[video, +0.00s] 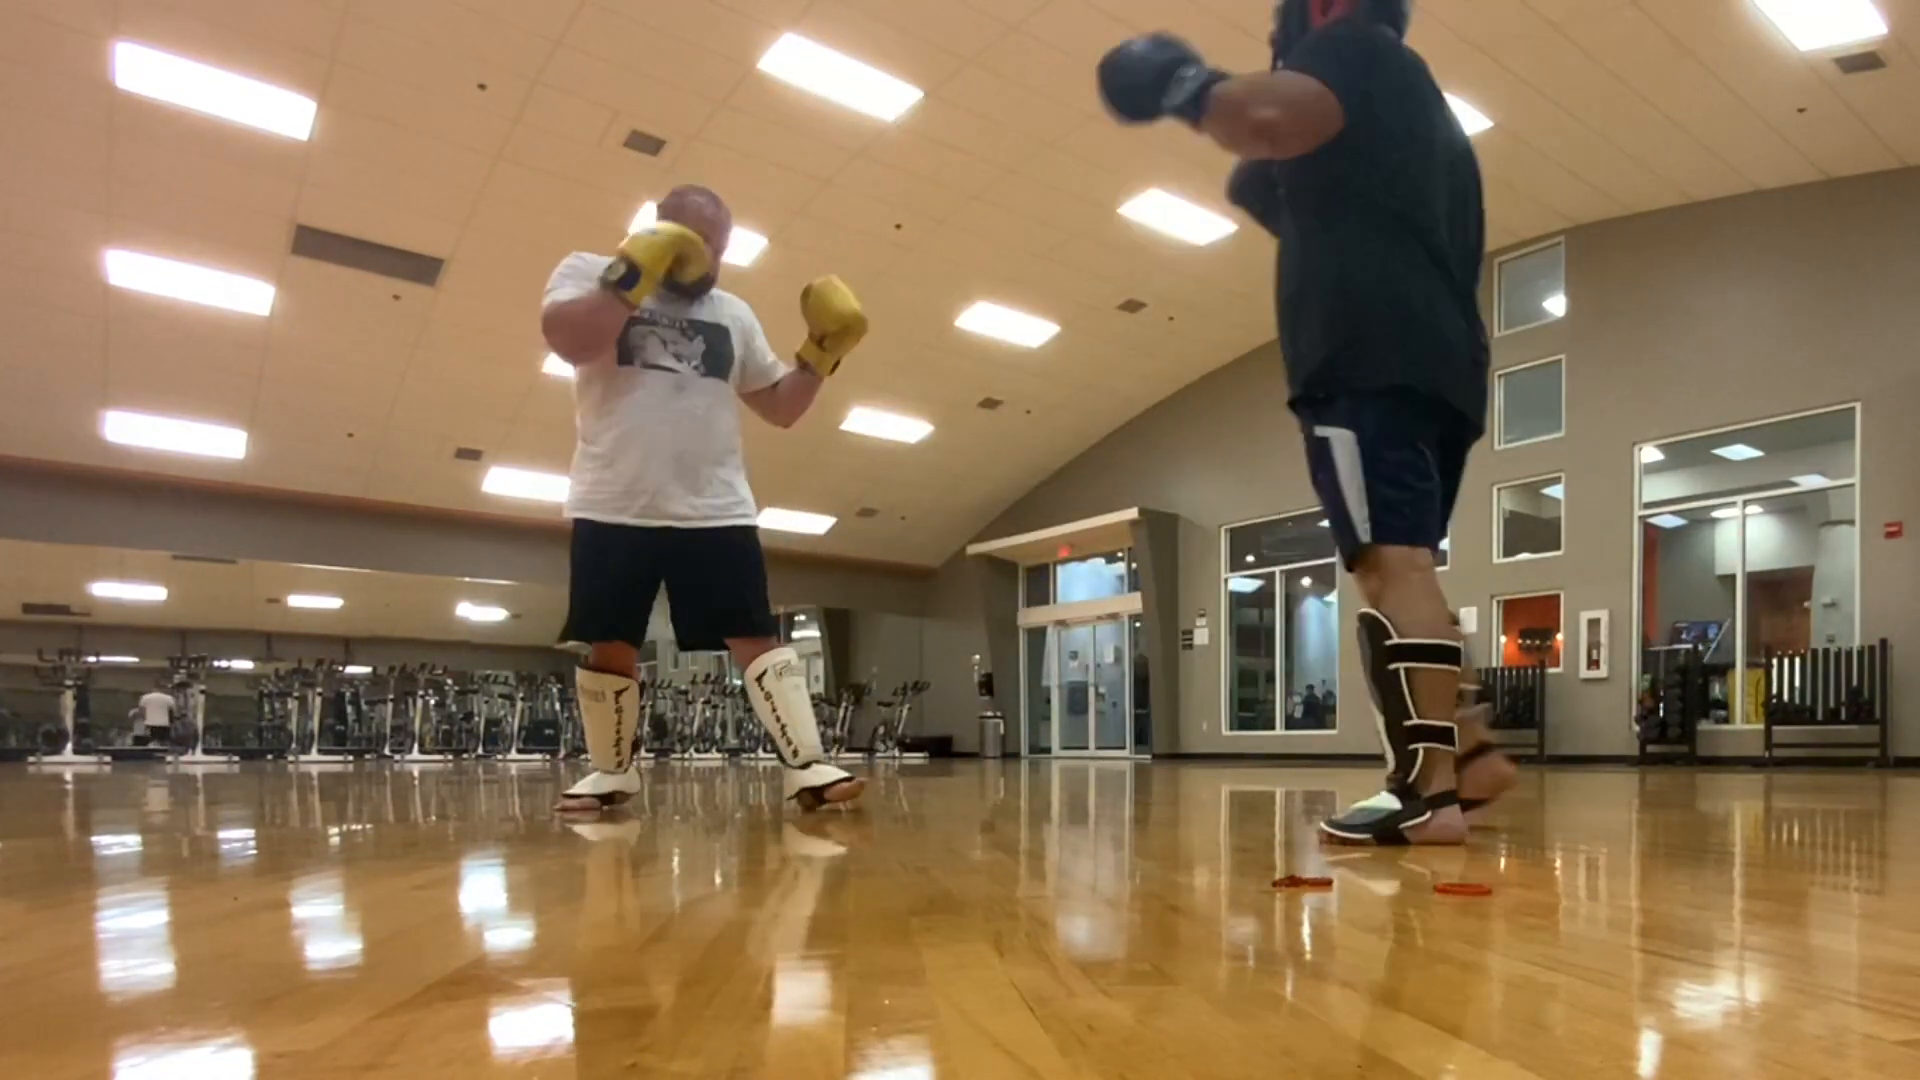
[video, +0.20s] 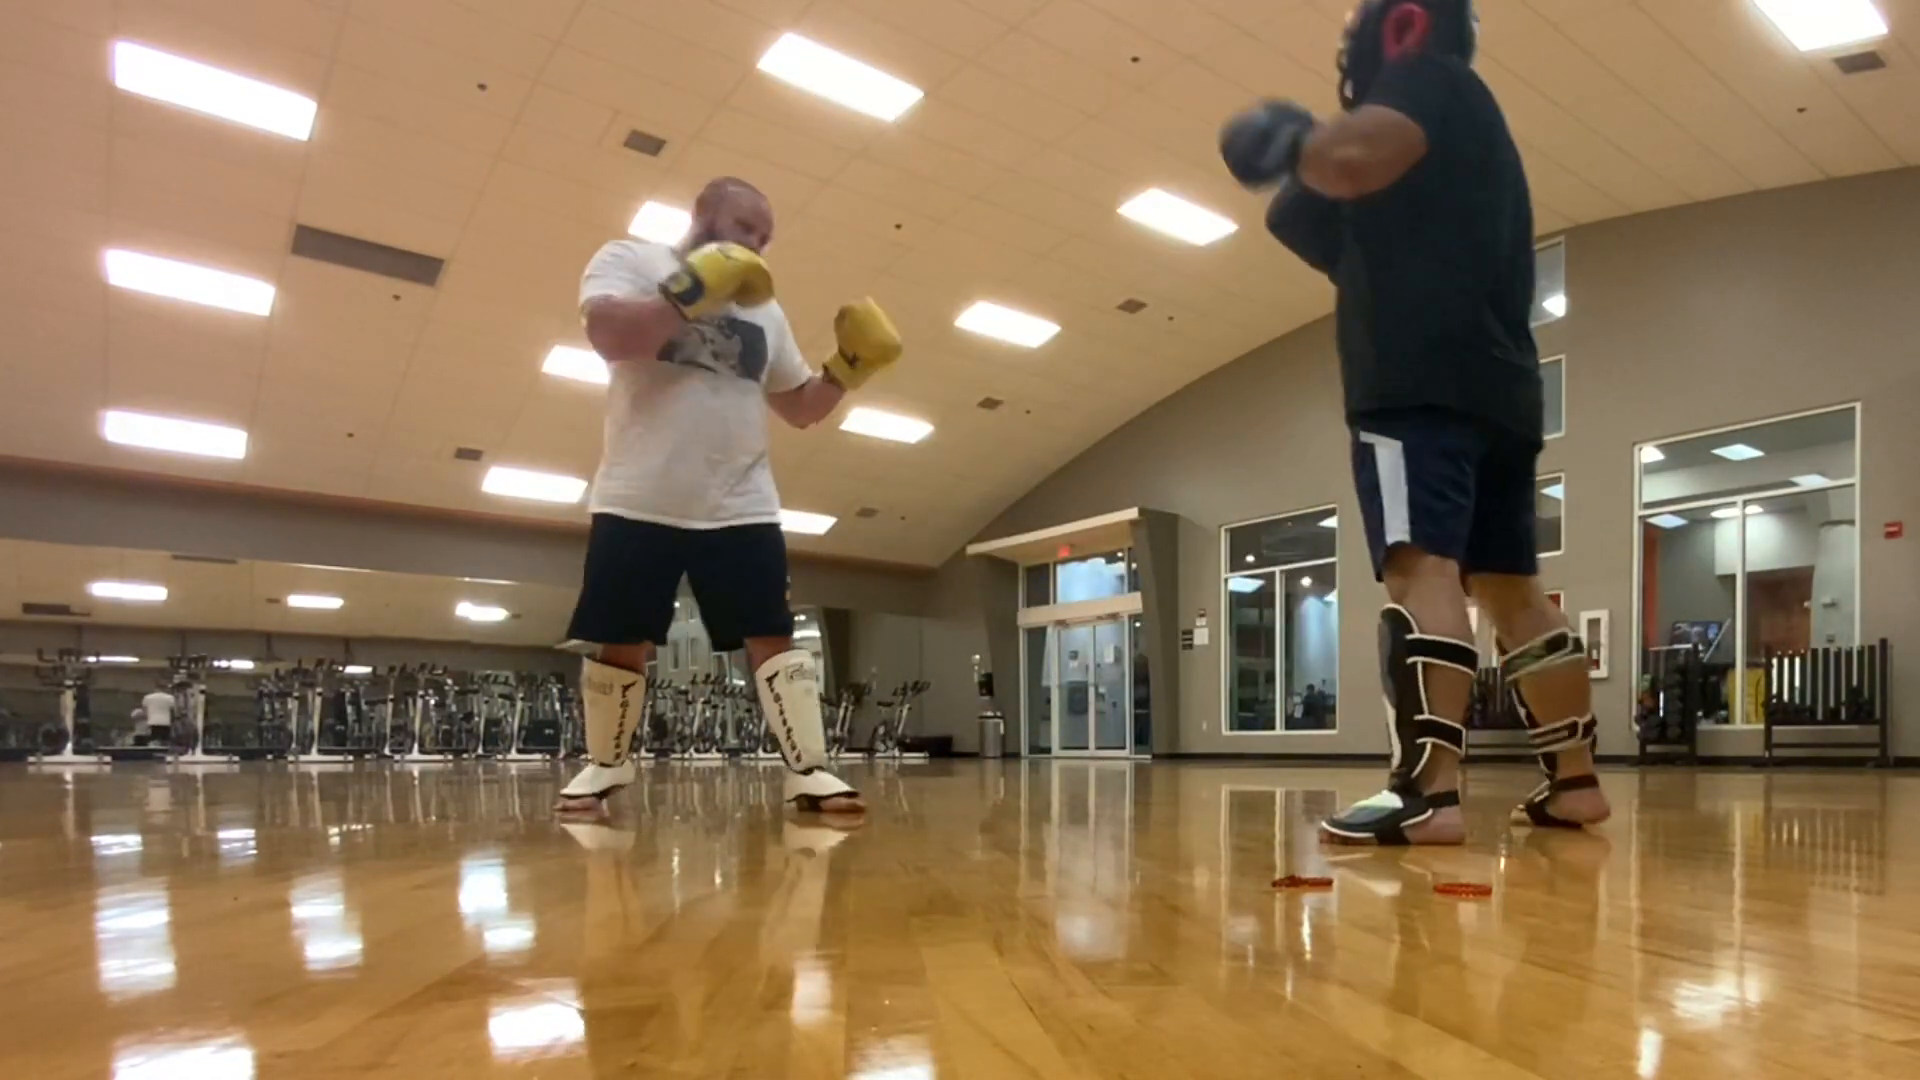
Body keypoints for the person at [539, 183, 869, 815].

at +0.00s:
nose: (705, 258)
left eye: (716, 247)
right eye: (693, 241)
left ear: (724, 250)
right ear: (660, 228)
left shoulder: (732, 314)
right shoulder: (591, 273)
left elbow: (780, 406)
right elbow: (571, 343)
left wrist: (820, 356)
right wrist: (635, 273)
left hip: (716, 504)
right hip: (615, 501)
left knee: (751, 632)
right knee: (609, 644)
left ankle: (807, 763)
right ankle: (612, 773)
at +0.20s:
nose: (756, 246)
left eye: (765, 238)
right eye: (747, 229)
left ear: (767, 244)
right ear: (704, 215)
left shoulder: (765, 310)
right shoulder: (632, 259)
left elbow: (800, 407)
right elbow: (613, 338)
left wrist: (846, 368)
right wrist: (695, 290)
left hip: (741, 500)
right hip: (642, 492)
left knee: (770, 631)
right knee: (622, 640)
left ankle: (808, 770)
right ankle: (605, 767)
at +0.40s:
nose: (787, 231)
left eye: (798, 223)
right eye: (777, 211)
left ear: (800, 233)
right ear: (733, 198)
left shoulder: (802, 299)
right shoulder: (662, 246)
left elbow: (825, 398)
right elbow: (618, 326)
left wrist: (865, 372)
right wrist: (704, 292)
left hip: (770, 490)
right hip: (667, 472)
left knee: (790, 631)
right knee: (609, 621)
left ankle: (810, 771)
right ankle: (585, 738)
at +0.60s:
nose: (774, 195)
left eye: (780, 189)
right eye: (762, 182)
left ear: (784, 200)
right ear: (718, 180)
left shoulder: (795, 272)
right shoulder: (651, 229)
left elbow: (860, 362)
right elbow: (618, 302)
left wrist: (887, 297)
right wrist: (691, 230)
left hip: (767, 475)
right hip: (664, 462)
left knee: (783, 625)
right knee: (630, 611)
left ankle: (811, 775)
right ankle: (577, 767)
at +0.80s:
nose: (743, 171)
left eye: (750, 166)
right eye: (731, 153)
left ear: (749, 180)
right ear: (679, 145)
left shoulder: (748, 259)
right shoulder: (608, 207)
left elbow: (782, 374)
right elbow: (585, 305)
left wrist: (829, 339)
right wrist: (684, 266)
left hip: (758, 453)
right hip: (652, 442)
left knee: (797, 605)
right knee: (635, 606)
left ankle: (815, 761)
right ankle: (595, 775)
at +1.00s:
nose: (752, 166)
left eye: (755, 159)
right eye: (741, 149)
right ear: (687, 130)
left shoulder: (744, 258)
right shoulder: (616, 188)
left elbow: (769, 359)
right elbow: (640, 270)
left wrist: (834, 307)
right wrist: (718, 203)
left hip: (758, 456)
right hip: (654, 450)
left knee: (818, 598)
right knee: (626, 609)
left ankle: (847, 756)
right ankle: (593, 777)